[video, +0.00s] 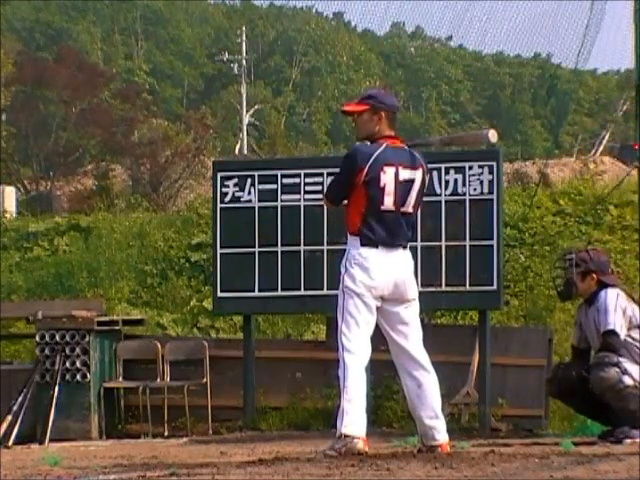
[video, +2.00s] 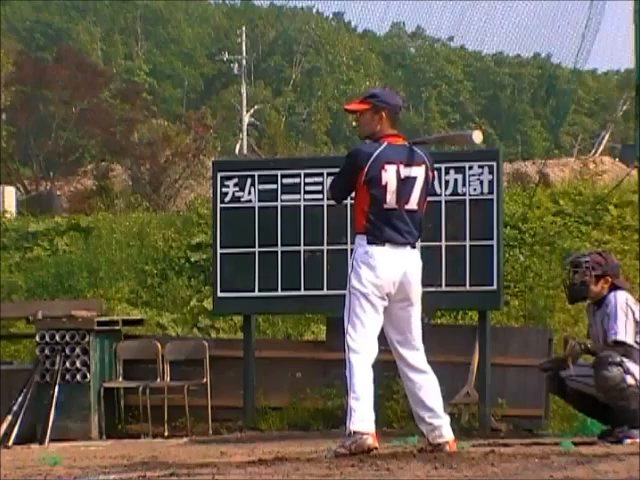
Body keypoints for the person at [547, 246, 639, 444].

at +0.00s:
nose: (567, 281)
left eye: (573, 276)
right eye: (568, 275)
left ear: (592, 278)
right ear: (589, 279)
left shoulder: (609, 297)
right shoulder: (583, 309)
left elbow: (611, 344)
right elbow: (580, 353)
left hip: (634, 370)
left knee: (602, 370)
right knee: (560, 378)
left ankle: (632, 426)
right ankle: (618, 424)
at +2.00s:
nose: (577, 281)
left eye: (585, 276)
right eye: (577, 275)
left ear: (606, 282)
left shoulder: (618, 300)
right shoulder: (593, 308)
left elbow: (625, 351)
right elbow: (603, 351)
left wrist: (584, 347)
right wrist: (565, 361)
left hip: (633, 373)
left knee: (607, 367)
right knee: (557, 379)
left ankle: (632, 426)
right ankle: (617, 423)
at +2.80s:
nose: (576, 278)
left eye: (583, 272)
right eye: (576, 272)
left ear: (605, 277)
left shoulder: (619, 301)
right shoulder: (595, 308)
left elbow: (627, 355)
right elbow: (596, 352)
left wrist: (576, 346)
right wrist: (570, 344)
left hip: (633, 378)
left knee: (599, 370)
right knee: (559, 373)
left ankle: (633, 425)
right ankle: (619, 424)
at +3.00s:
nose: (571, 266)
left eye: (579, 261)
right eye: (571, 260)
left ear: (598, 265)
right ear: (596, 267)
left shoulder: (609, 287)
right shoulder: (597, 291)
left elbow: (605, 328)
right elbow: (587, 333)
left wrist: (571, 317)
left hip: (632, 366)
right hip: (618, 363)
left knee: (595, 374)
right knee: (560, 375)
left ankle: (633, 424)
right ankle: (620, 424)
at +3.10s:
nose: (569, 247)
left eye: (576, 242)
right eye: (568, 241)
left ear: (596, 248)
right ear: (594, 249)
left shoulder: (607, 268)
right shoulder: (593, 273)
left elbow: (588, 300)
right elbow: (575, 306)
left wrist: (565, 299)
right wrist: (566, 297)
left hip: (635, 349)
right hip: (621, 349)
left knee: (588, 366)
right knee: (561, 371)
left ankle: (634, 423)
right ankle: (620, 422)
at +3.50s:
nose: (566, 264)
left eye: (574, 259)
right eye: (566, 258)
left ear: (594, 266)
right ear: (593, 266)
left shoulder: (602, 288)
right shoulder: (589, 290)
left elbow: (574, 318)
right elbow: (568, 310)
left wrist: (554, 310)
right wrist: (555, 311)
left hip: (633, 371)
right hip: (621, 368)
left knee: (567, 363)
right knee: (556, 373)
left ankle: (611, 428)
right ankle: (620, 421)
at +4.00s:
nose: (562, 282)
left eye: (570, 278)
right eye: (564, 276)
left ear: (592, 286)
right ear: (592, 286)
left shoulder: (596, 309)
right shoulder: (602, 306)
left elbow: (563, 345)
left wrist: (541, 317)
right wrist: (532, 317)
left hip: (630, 396)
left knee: (556, 371)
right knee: (559, 367)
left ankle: (606, 426)